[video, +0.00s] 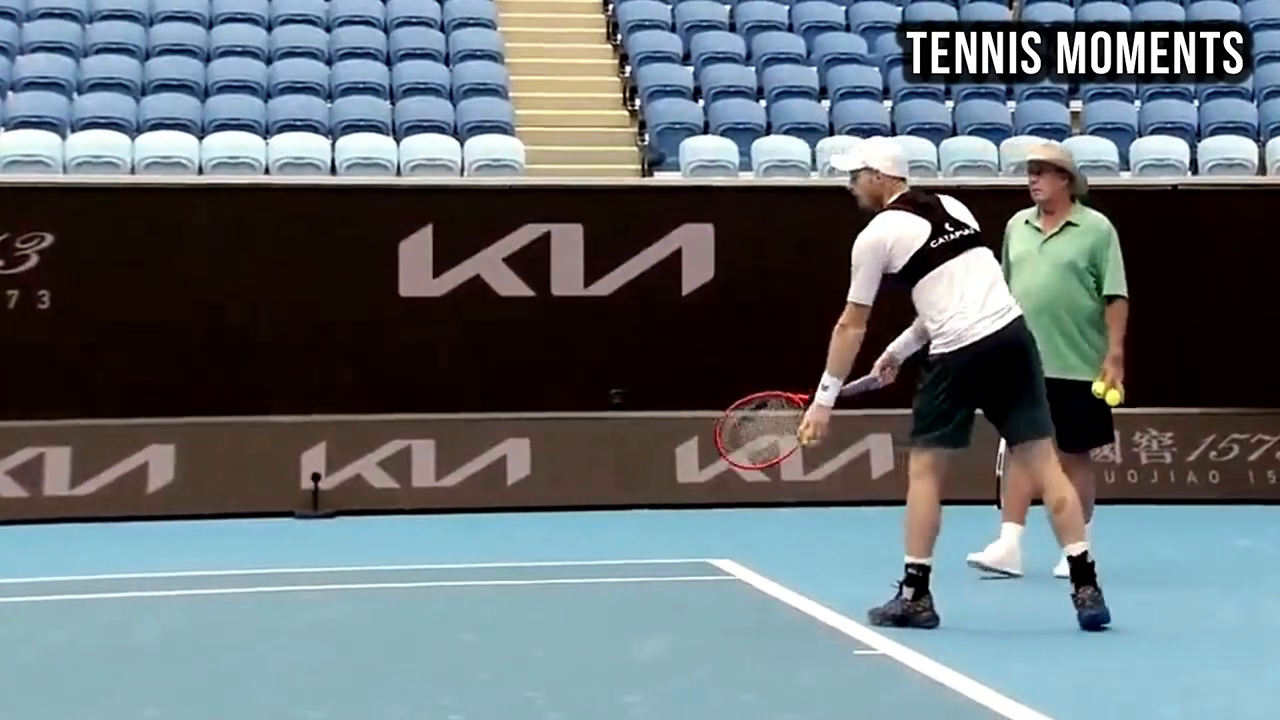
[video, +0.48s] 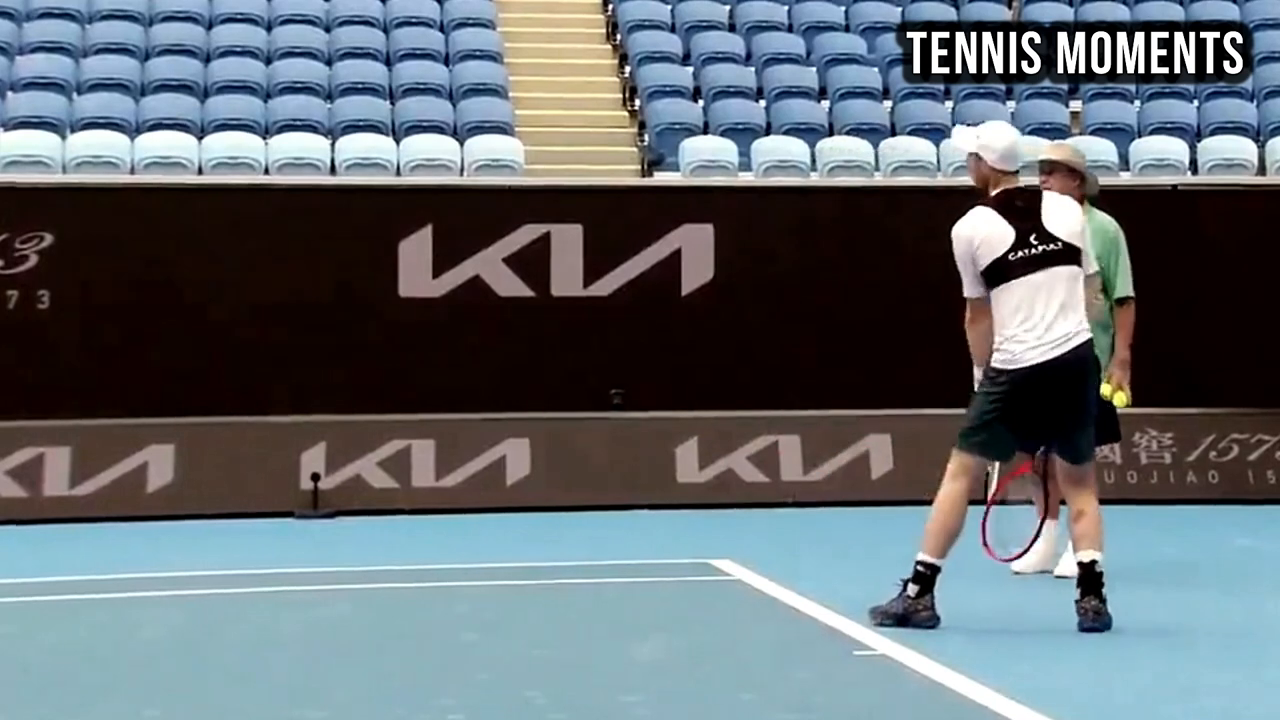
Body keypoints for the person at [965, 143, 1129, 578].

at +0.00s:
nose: (1033, 180)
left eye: (1042, 174)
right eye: (1031, 174)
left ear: (1067, 179)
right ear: (1030, 180)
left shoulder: (1098, 229)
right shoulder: (1017, 225)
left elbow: (1116, 298)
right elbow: (1006, 288)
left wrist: (1114, 358)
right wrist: (998, 344)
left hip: (1080, 368)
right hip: (1026, 363)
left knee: (1077, 459)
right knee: (1019, 450)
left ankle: (1077, 547)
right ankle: (1009, 543)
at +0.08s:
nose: (1037, 180)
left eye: (1045, 173)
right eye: (1035, 173)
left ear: (1071, 179)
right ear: (1034, 180)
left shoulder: (1101, 230)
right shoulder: (1021, 224)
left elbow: (1121, 299)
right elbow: (1010, 285)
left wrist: (1120, 362)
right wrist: (1002, 344)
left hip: (1082, 368)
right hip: (1028, 362)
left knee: (1077, 460)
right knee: (1021, 452)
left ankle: (1076, 549)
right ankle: (1014, 545)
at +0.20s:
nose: (1043, 180)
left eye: (1052, 173)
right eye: (1040, 173)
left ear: (1075, 179)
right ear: (1038, 180)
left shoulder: (1104, 230)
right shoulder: (1025, 223)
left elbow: (1125, 301)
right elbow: (1009, 284)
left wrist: (1126, 362)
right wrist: (1001, 344)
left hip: (1084, 365)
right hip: (1031, 359)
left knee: (1079, 456)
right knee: (1025, 450)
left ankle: (1078, 547)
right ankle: (1028, 542)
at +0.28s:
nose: (1046, 180)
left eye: (1055, 174)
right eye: (1044, 173)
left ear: (1078, 180)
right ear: (1040, 180)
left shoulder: (1105, 230)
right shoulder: (1027, 225)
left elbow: (1126, 301)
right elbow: (1011, 289)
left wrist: (1127, 362)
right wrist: (1004, 349)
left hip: (1086, 365)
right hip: (1033, 360)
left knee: (1080, 455)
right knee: (1025, 449)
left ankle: (1081, 545)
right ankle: (1037, 540)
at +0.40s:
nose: (1046, 180)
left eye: (1055, 173)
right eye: (1045, 173)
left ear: (1079, 180)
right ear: (1045, 180)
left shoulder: (1106, 230)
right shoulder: (1035, 225)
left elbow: (1126, 301)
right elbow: (1016, 291)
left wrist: (1124, 363)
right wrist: (1005, 349)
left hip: (1087, 363)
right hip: (1034, 359)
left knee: (1079, 456)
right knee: (1032, 451)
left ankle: (1084, 546)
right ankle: (1046, 538)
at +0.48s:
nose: (1047, 180)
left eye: (1056, 173)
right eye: (1045, 172)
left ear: (1080, 181)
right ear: (1041, 178)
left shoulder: (1104, 228)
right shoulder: (1033, 223)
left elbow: (1125, 301)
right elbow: (1014, 290)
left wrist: (1121, 363)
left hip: (1088, 356)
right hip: (1039, 352)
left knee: (1078, 453)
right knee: (1040, 451)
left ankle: (1085, 545)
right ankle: (1047, 534)